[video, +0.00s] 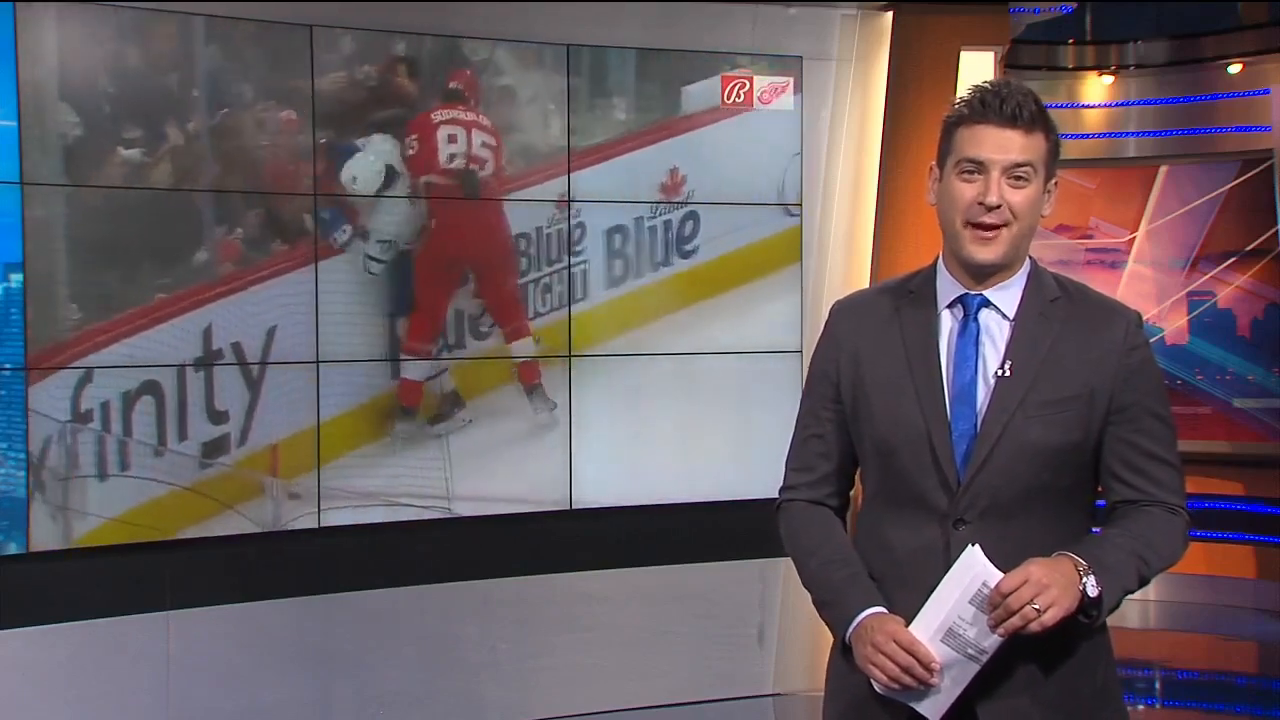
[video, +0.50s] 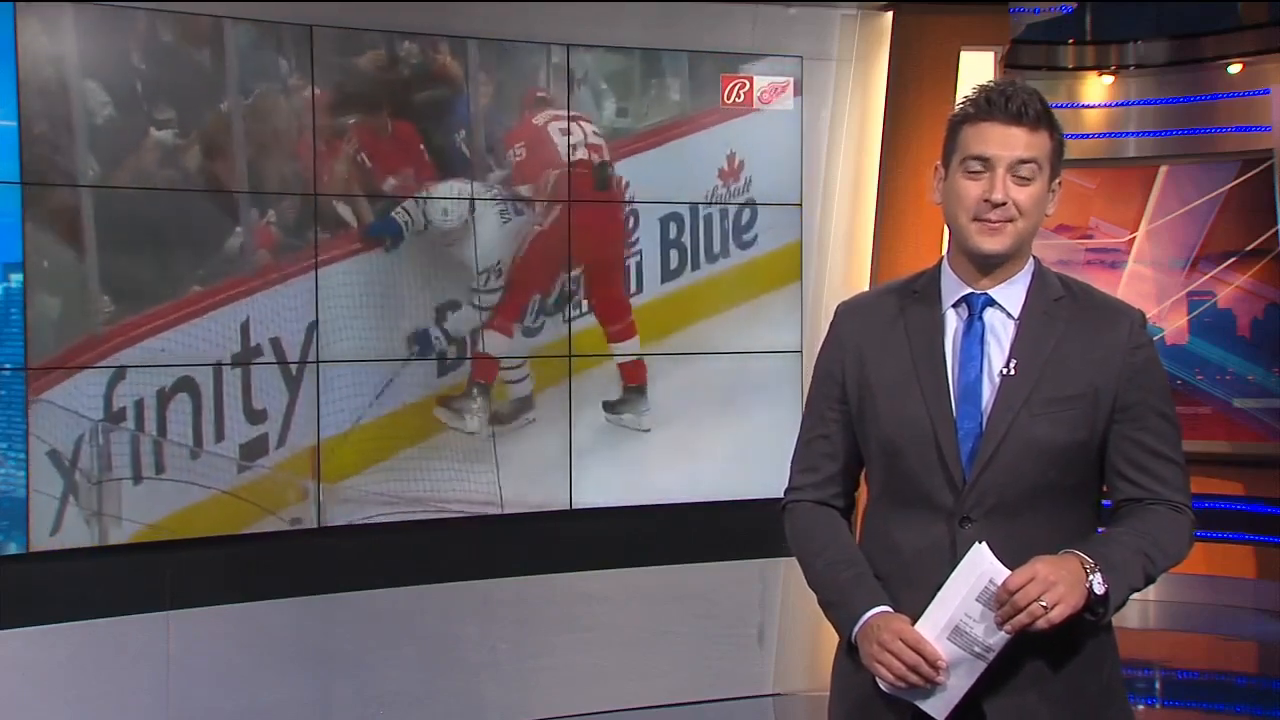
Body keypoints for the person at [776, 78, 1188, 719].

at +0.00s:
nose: (991, 197)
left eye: (1017, 177)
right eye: (970, 172)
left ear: (1047, 196)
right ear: (936, 185)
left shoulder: (1109, 336)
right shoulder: (857, 326)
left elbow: (1156, 512)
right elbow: (807, 499)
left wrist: (1082, 571)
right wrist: (860, 617)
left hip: (1046, 692)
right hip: (883, 688)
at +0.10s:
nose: (992, 196)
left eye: (1018, 177)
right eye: (971, 171)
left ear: (1048, 196)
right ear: (937, 184)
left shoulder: (1110, 336)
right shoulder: (857, 327)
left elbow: (1156, 512)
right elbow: (808, 500)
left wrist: (1084, 570)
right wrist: (861, 617)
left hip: (1046, 691)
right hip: (884, 687)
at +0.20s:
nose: (993, 195)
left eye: (1019, 176)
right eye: (972, 171)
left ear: (1049, 196)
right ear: (938, 184)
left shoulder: (1111, 336)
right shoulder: (858, 327)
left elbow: (1158, 511)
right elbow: (810, 500)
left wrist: (1085, 570)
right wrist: (862, 617)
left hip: (1049, 691)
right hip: (886, 688)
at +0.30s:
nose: (994, 194)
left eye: (1020, 176)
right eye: (973, 170)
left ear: (1049, 196)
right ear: (938, 184)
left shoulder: (1112, 336)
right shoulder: (860, 327)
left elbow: (1159, 510)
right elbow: (811, 500)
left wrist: (1087, 569)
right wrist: (864, 617)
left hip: (1050, 690)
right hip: (887, 687)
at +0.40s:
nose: (996, 194)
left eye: (1022, 175)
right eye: (975, 170)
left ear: (1050, 196)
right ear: (939, 185)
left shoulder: (1113, 335)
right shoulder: (861, 327)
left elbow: (1161, 510)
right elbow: (812, 500)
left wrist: (1088, 569)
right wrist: (865, 617)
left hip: (1050, 690)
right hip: (888, 687)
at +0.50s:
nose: (997, 193)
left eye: (1022, 175)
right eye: (976, 169)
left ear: (1050, 196)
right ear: (940, 185)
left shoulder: (1114, 336)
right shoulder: (862, 327)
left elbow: (1161, 510)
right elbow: (813, 500)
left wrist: (1089, 568)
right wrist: (866, 617)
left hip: (1051, 690)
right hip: (889, 688)